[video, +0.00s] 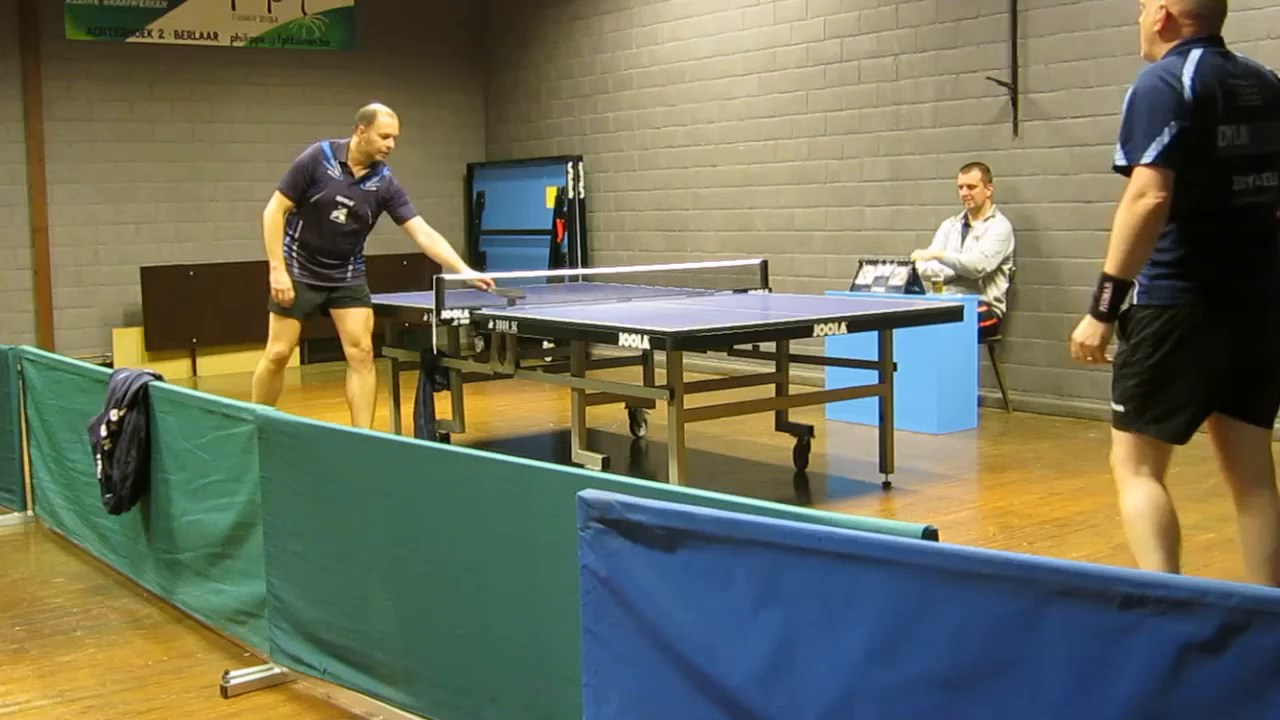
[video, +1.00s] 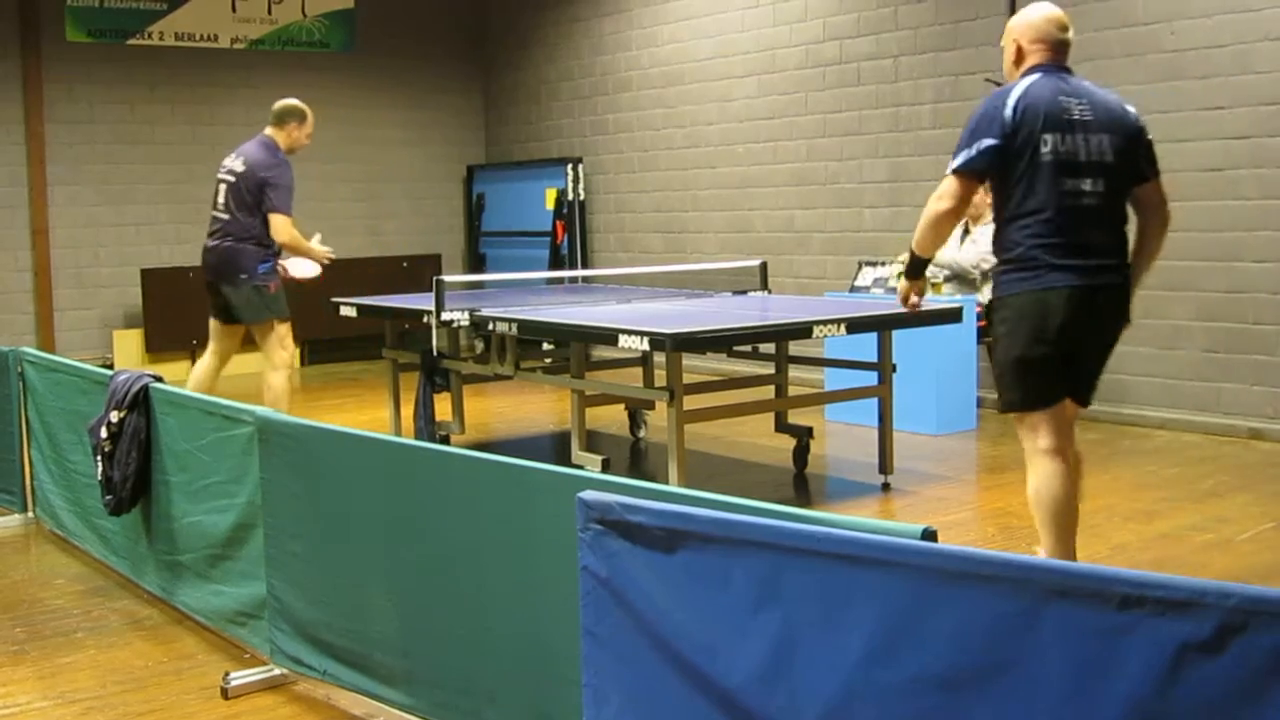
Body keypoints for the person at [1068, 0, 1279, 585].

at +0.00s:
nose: (1139, 23)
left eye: (1142, 11)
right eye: (1141, 12)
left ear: (1164, 16)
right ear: (1211, 20)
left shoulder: (1161, 82)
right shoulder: (1266, 84)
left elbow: (1148, 196)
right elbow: (1269, 204)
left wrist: (1102, 308)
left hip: (1174, 311)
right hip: (1258, 308)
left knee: (1136, 466)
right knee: (1252, 471)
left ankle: (1163, 618)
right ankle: (1269, 620)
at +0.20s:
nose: (1139, 28)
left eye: (1142, 16)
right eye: (1140, 17)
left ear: (1166, 20)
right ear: (1208, 23)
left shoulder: (1168, 82)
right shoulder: (1265, 88)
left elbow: (1163, 192)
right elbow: (1266, 205)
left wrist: (1123, 305)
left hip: (1178, 306)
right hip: (1258, 307)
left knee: (1119, 451)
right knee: (1252, 474)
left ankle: (1122, 604)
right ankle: (1268, 627)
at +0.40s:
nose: (1112, 44)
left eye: (1116, 31)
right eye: (1114, 31)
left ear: (1142, 35)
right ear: (1181, 36)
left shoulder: (1144, 93)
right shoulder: (1249, 106)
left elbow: (1144, 198)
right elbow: (1272, 219)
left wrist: (1106, 305)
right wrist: (1266, 299)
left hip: (1160, 312)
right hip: (1245, 310)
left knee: (1112, 466)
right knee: (1246, 474)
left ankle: (1077, 597)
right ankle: (1268, 617)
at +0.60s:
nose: (1064, 56)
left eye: (1068, 44)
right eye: (1064, 45)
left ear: (1093, 46)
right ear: (1129, 46)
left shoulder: (1093, 103)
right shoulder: (1199, 110)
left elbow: (1070, 204)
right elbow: (1236, 216)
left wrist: (1025, 306)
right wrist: (1234, 308)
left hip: (1110, 312)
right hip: (1195, 308)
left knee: (1086, 463)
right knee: (1203, 461)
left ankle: (1067, 594)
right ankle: (1252, 599)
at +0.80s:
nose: (1030, 55)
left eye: (1031, 45)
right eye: (1031, 44)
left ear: (1046, 44)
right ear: (1091, 43)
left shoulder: (1040, 103)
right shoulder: (1153, 107)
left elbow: (994, 202)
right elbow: (1195, 209)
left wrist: (944, 294)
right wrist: (1177, 295)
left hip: (1068, 302)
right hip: (1143, 299)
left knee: (1062, 456)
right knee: (1117, 442)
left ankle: (1062, 590)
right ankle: (1177, 543)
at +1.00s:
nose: (1004, 62)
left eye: (1006, 52)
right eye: (1006, 52)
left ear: (1018, 50)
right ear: (1064, 51)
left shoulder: (1006, 107)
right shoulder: (1118, 113)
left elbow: (950, 202)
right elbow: (1155, 214)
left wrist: (914, 269)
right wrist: (1128, 281)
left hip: (1031, 298)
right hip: (1104, 295)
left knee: (1045, 445)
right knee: (1059, 433)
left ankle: (1059, 578)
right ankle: (1059, 565)